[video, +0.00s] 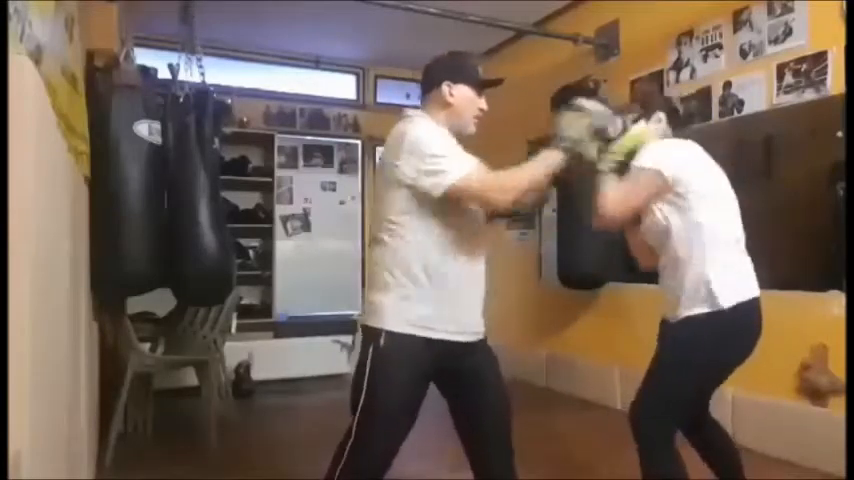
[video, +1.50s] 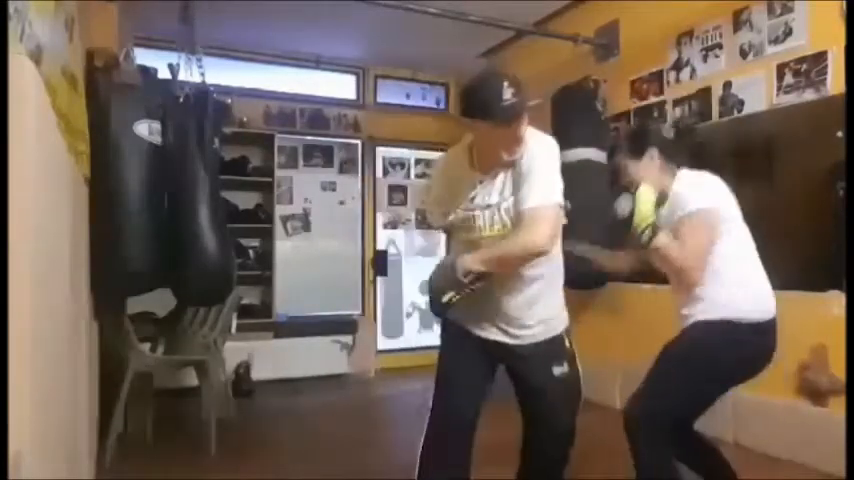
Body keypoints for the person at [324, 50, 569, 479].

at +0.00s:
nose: (485, 105)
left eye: (484, 95)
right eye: (477, 93)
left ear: (448, 95)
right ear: (446, 91)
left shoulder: (454, 150)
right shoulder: (414, 134)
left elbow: (509, 199)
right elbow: (491, 191)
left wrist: (560, 159)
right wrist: (556, 154)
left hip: (461, 334)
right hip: (400, 332)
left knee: (496, 459)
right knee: (366, 458)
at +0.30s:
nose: (448, 98)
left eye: (447, 89)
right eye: (438, 86)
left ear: (410, 92)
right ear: (408, 89)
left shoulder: (425, 149)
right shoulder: (371, 140)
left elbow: (458, 205)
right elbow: (441, 180)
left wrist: (500, 170)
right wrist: (484, 120)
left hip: (446, 331)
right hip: (383, 336)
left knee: (486, 458)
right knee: (355, 463)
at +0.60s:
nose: (460, 102)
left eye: (459, 91)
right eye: (451, 90)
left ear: (426, 93)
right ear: (421, 92)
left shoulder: (440, 151)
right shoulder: (376, 144)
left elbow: (463, 206)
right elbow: (408, 214)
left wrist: (519, 183)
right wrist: (469, 167)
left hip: (449, 331)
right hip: (383, 338)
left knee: (490, 445)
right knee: (355, 461)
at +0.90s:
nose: (511, 105)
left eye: (511, 95)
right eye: (503, 94)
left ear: (474, 99)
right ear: (474, 97)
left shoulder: (489, 158)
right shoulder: (434, 135)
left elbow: (520, 203)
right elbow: (445, 178)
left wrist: (582, 206)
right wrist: (514, 139)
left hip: (493, 329)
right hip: (430, 329)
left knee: (528, 422)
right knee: (382, 444)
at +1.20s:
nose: (532, 121)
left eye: (533, 111)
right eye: (523, 110)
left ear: (533, 108)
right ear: (490, 106)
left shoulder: (542, 138)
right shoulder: (442, 155)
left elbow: (606, 149)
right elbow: (413, 218)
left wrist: (621, 172)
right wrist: (459, 239)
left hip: (528, 317)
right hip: (456, 316)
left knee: (545, 418)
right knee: (444, 424)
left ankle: (535, 479)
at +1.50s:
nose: (518, 131)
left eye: (521, 119)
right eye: (506, 124)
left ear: (526, 113)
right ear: (475, 125)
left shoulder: (540, 151)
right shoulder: (450, 167)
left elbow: (539, 236)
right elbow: (448, 236)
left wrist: (472, 261)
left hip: (538, 328)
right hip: (468, 326)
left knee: (551, 443)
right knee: (448, 435)